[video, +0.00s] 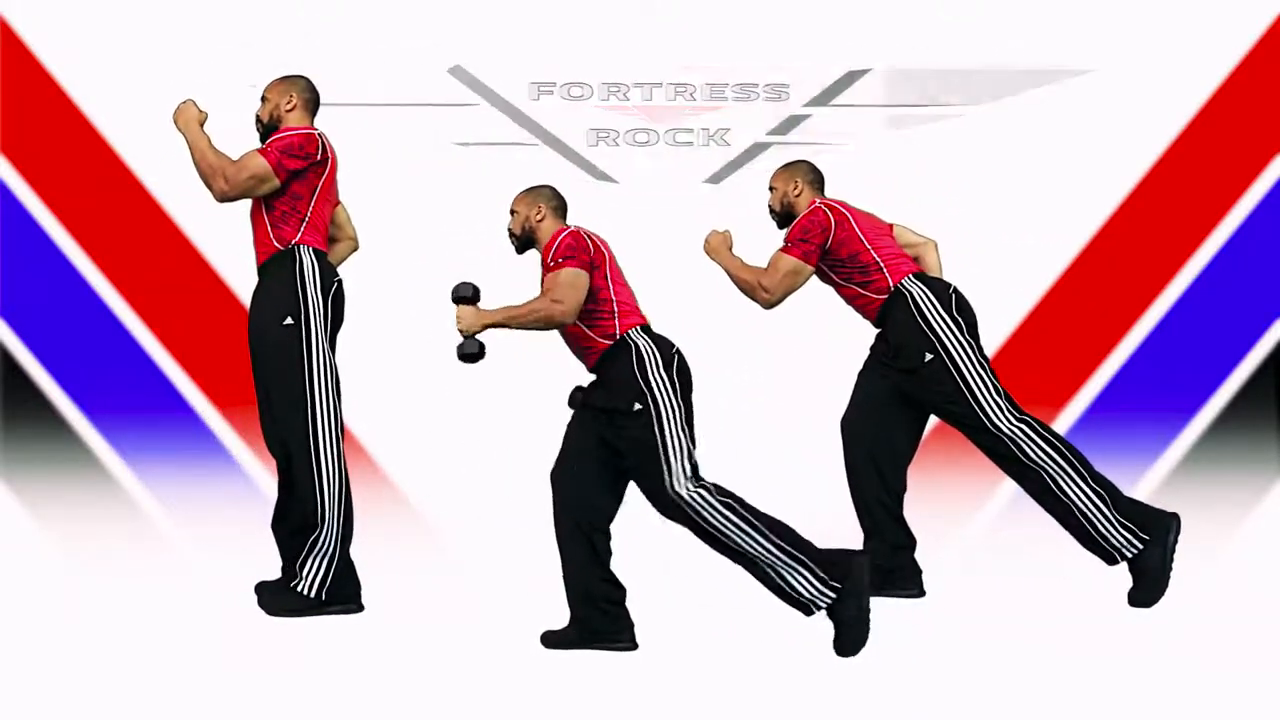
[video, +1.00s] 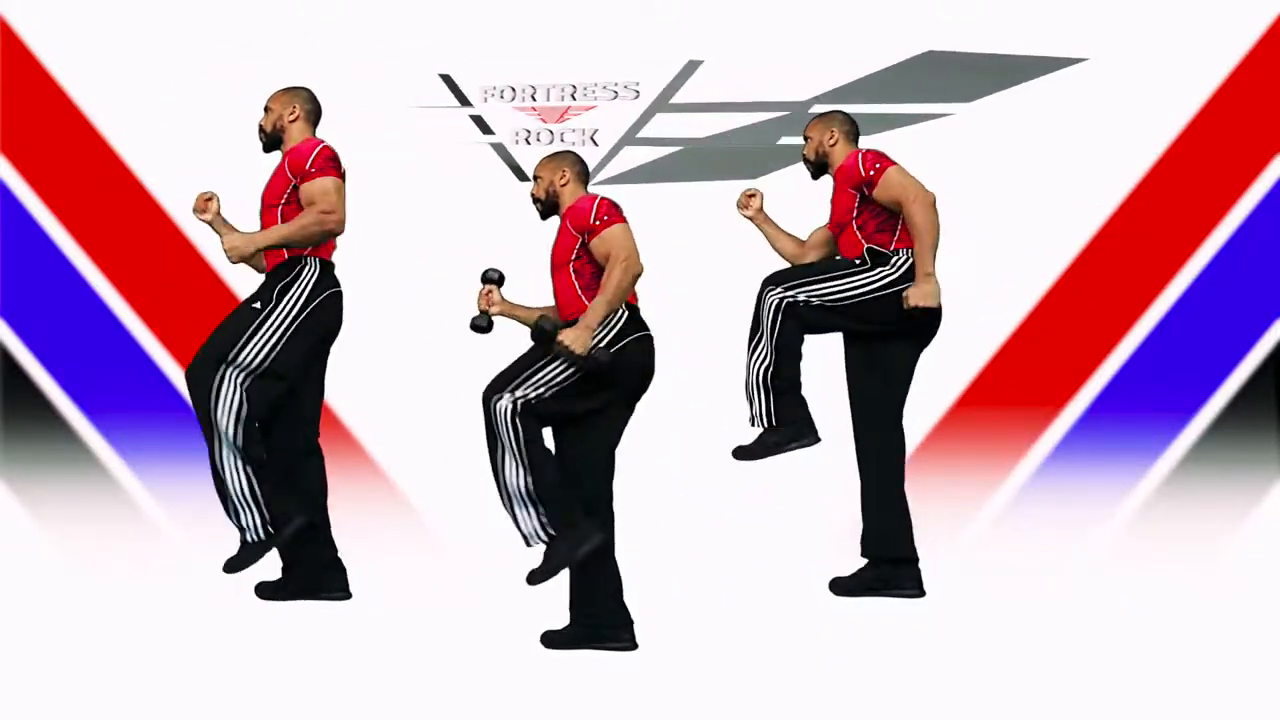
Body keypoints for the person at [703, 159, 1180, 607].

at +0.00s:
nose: (768, 201)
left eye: (774, 190)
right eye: (769, 193)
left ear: (802, 187)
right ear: (810, 191)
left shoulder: (817, 219)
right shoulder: (848, 220)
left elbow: (767, 290)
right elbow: (924, 249)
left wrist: (723, 256)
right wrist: (939, 315)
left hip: (920, 309)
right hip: (904, 324)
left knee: (1003, 430)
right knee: (866, 435)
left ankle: (1141, 533)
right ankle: (891, 566)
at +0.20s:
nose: (768, 200)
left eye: (774, 190)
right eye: (768, 192)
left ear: (802, 189)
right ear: (807, 192)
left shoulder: (815, 220)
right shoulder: (845, 221)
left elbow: (768, 293)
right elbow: (923, 249)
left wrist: (722, 259)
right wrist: (941, 315)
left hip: (920, 311)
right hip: (903, 325)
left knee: (1003, 431)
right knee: (865, 437)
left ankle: (1142, 533)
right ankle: (890, 568)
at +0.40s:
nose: (767, 201)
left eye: (773, 190)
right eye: (768, 193)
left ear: (801, 189)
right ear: (807, 192)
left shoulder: (814, 219)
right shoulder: (844, 221)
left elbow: (768, 292)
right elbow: (920, 251)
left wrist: (722, 259)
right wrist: (936, 317)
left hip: (920, 312)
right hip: (901, 328)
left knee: (1003, 430)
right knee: (863, 436)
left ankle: (1143, 535)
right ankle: (889, 568)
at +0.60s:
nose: (769, 184)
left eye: (775, 175)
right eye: (769, 177)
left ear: (802, 173)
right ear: (805, 177)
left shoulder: (822, 204)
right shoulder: (837, 212)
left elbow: (799, 283)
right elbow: (887, 279)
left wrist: (740, 283)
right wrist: (872, 330)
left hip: (911, 306)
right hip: (889, 325)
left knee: (950, 434)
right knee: (866, 440)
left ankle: (1096, 525)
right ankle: (889, 568)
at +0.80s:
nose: (789, 164)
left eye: (794, 155)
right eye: (789, 157)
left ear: (819, 152)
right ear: (821, 154)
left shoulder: (844, 178)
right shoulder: (835, 206)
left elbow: (875, 239)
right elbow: (836, 286)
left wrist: (828, 297)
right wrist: (779, 275)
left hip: (908, 288)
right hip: (903, 298)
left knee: (825, 383)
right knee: (884, 425)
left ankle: (897, 500)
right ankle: (890, 567)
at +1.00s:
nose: (803, 149)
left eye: (808, 138)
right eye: (803, 141)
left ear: (832, 135)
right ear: (836, 138)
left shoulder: (859, 162)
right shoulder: (850, 200)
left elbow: (919, 200)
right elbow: (805, 254)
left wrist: (926, 276)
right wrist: (760, 218)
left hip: (890, 274)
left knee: (779, 291)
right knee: (877, 434)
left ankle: (784, 421)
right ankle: (892, 565)